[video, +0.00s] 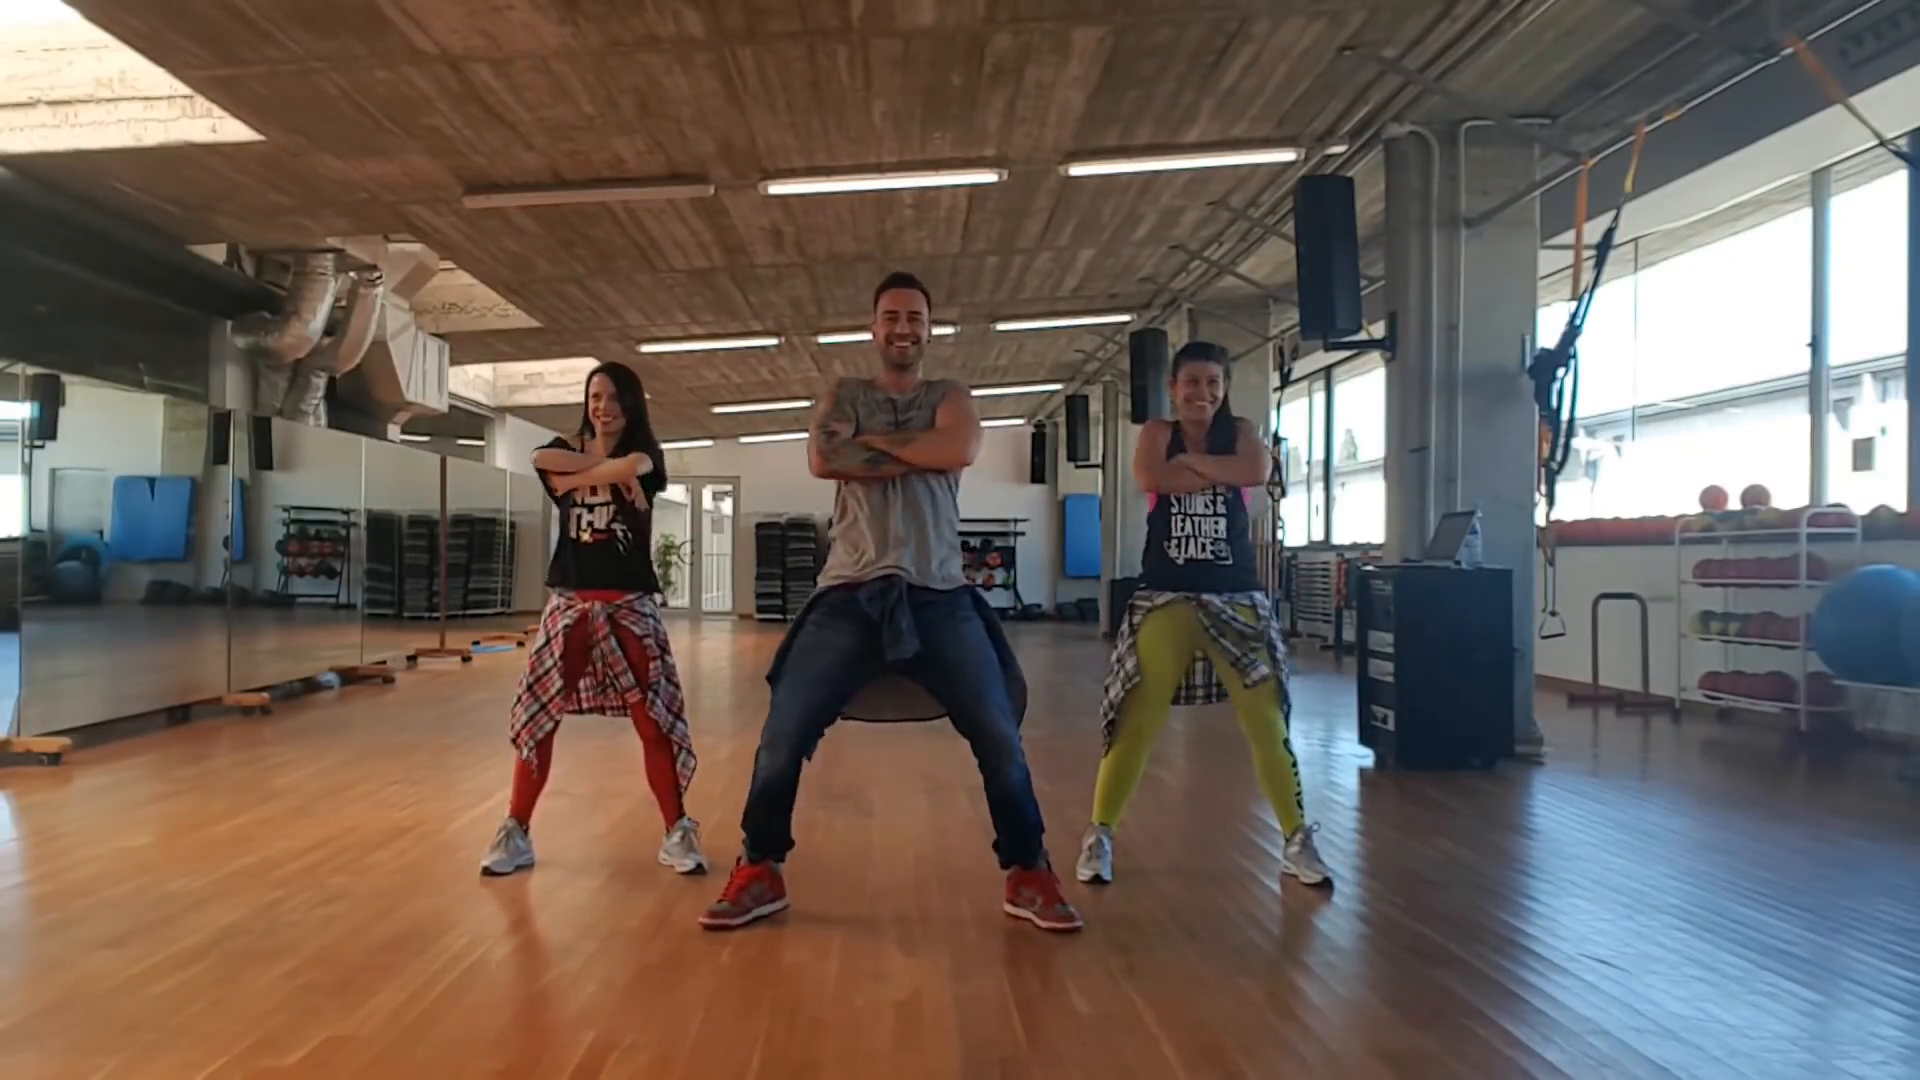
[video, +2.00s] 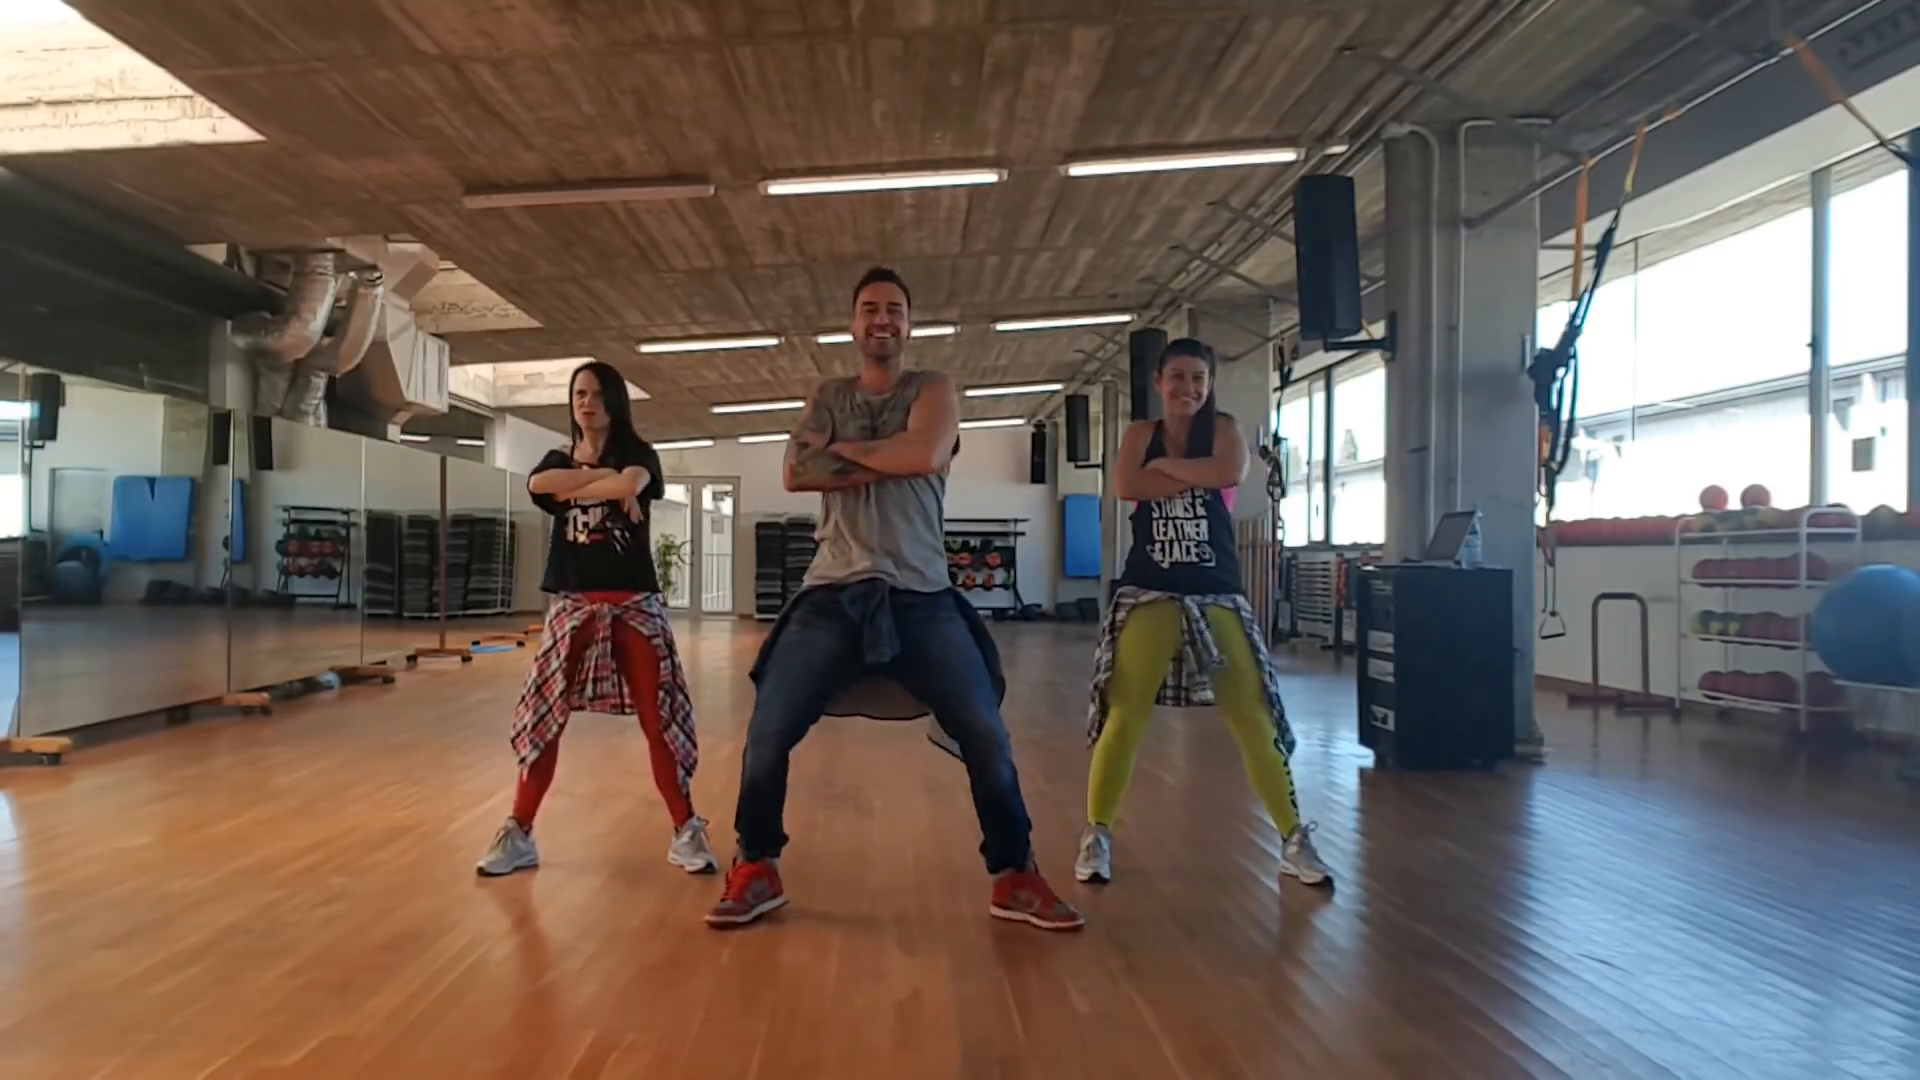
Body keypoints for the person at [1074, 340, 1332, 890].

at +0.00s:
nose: (1201, 392)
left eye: (1211, 383)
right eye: (1191, 382)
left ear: (1224, 388)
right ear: (1173, 387)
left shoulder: (1242, 431)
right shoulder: (1156, 432)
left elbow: (1256, 473)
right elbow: (1149, 477)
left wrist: (1188, 460)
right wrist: (1224, 470)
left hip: (1237, 598)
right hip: (1165, 598)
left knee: (1266, 721)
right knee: (1141, 718)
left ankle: (1297, 841)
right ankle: (1099, 837)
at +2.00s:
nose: (1186, 386)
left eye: (1196, 377)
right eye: (1177, 376)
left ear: (1209, 385)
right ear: (1158, 382)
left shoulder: (1222, 428)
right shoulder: (1140, 434)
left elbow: (1228, 473)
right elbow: (1125, 487)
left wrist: (1159, 466)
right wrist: (1193, 474)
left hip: (1216, 592)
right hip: (1148, 591)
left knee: (1253, 719)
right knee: (1125, 717)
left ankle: (1294, 841)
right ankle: (1096, 837)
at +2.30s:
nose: (1205, 387)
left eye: (1214, 379)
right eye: (1194, 378)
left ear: (1226, 385)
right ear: (1175, 383)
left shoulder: (1242, 426)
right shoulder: (1157, 432)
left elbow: (1258, 471)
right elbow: (1154, 479)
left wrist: (1188, 458)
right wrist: (1227, 468)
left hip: (1232, 593)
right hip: (1163, 594)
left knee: (1268, 719)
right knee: (1136, 719)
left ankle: (1297, 842)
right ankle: (1098, 837)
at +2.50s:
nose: (1227, 383)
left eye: (1234, 374)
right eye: (1215, 375)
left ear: (1245, 383)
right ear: (1191, 384)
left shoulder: (1253, 430)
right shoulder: (1177, 429)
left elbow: (1292, 480)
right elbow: (1202, 480)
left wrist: (1229, 462)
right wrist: (1260, 479)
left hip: (1250, 595)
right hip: (1183, 595)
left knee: (1274, 719)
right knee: (1147, 718)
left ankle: (1297, 842)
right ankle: (1099, 837)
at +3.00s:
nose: (1190, 381)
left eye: (1201, 373)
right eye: (1181, 372)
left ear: (1215, 383)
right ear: (1163, 380)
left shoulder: (1225, 423)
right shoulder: (1146, 433)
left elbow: (1221, 471)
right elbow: (1122, 486)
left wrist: (1154, 465)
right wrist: (1191, 473)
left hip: (1223, 591)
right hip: (1154, 590)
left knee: (1260, 719)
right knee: (1129, 714)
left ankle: (1296, 841)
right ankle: (1096, 837)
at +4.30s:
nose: (1199, 372)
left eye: (1209, 364)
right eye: (1188, 364)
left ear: (1223, 377)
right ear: (1171, 378)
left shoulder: (1241, 431)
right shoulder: (1154, 433)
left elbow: (1295, 433)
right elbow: (1103, 448)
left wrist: (1259, 370)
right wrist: (1132, 379)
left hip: (1237, 593)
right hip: (1168, 592)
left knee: (1263, 717)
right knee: (1136, 716)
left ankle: (1282, 840)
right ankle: (1099, 837)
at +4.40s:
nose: (1212, 375)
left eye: (1220, 367)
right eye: (1201, 368)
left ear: (1234, 379)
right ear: (1183, 382)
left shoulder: (1252, 434)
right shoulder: (1168, 436)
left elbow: (1303, 432)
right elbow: (1114, 449)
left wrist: (1265, 372)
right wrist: (1138, 377)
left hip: (1253, 598)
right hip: (1183, 597)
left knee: (1275, 720)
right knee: (1147, 719)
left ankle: (1284, 842)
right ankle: (1102, 836)